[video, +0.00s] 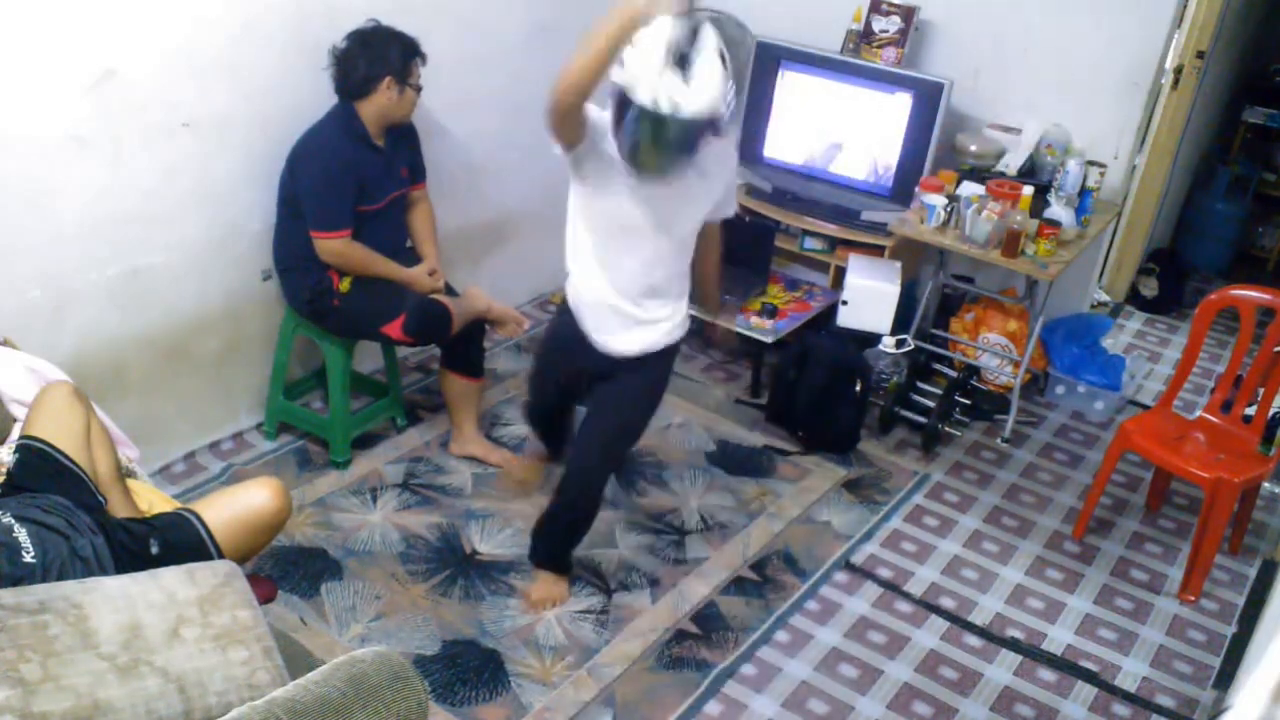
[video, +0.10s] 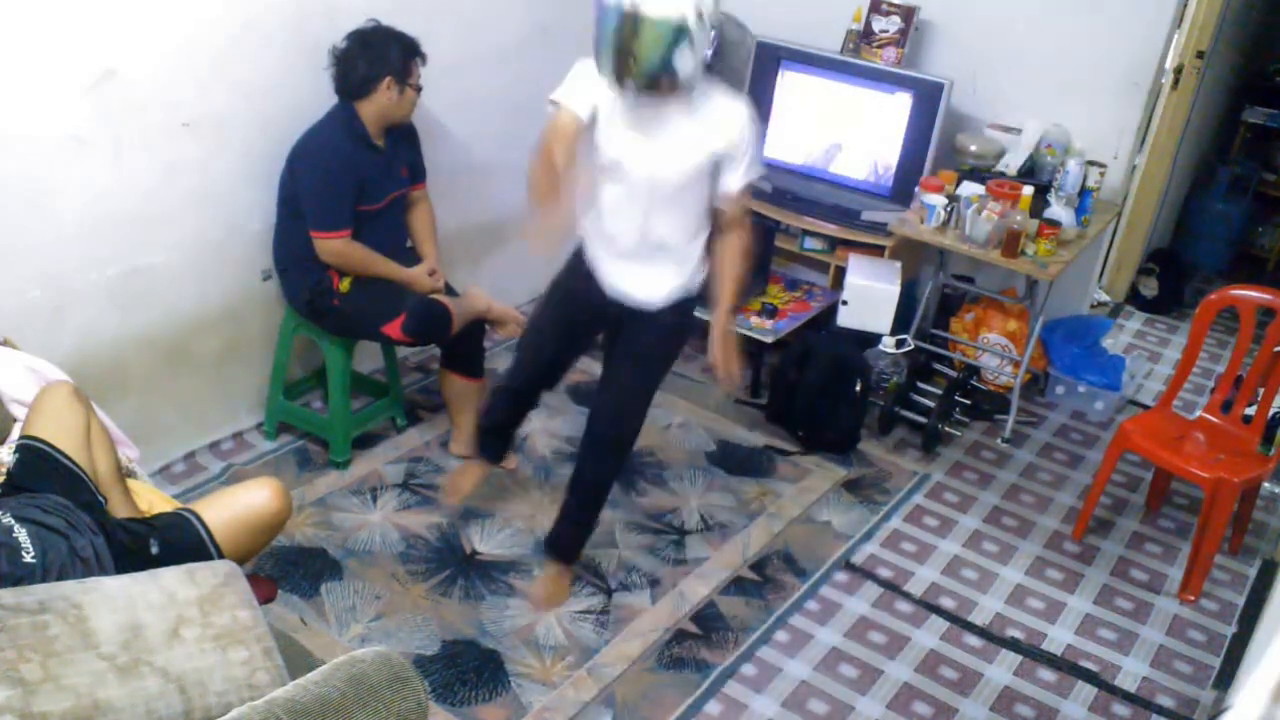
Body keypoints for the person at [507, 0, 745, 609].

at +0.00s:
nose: (661, 142)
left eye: (680, 130)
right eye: (652, 124)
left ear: (705, 122)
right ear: (627, 105)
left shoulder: (715, 159)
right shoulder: (594, 140)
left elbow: (710, 240)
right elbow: (565, 101)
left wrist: (711, 309)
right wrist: (626, 18)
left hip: (648, 345)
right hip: (580, 323)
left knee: (589, 468)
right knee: (543, 404)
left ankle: (552, 560)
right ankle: (553, 450)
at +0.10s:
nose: (644, 94)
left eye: (657, 85)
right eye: (634, 81)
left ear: (688, 66)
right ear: (620, 57)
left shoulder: (730, 118)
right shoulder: (597, 77)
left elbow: (733, 225)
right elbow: (551, 151)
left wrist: (722, 323)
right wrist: (548, 205)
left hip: (664, 299)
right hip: (591, 269)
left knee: (608, 437)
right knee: (524, 376)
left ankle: (563, 557)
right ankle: (484, 455)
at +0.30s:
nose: (636, 88)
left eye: (649, 70)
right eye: (622, 75)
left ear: (687, 48)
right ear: (608, 62)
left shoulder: (738, 105)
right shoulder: (619, 104)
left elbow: (777, 54)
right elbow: (577, 207)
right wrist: (507, 283)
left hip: (665, 313)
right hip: (591, 285)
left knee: (629, 445)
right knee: (508, 415)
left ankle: (586, 540)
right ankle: (434, 531)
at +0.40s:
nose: (620, 116)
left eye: (635, 100)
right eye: (609, 99)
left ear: (680, 79)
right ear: (597, 81)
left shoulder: (732, 124)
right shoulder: (629, 138)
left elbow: (753, 31)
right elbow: (603, 185)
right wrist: (534, 210)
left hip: (675, 330)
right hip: (600, 307)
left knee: (635, 461)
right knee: (527, 437)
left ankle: (586, 541)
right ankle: (464, 562)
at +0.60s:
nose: (627, 69)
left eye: (634, 55)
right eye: (621, 60)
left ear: (667, 43)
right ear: (625, 56)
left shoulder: (727, 79)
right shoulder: (627, 94)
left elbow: (734, 5)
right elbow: (582, 45)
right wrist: (568, 23)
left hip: (706, 297)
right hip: (632, 292)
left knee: (694, 429)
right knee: (628, 441)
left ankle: (686, 517)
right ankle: (634, 585)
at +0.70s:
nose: (663, 68)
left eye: (678, 58)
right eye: (655, 57)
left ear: (704, 60)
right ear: (640, 63)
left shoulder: (733, 117)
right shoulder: (624, 117)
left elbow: (686, 51)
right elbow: (565, 119)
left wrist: (672, 11)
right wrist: (582, 34)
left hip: (715, 326)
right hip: (639, 334)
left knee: (754, 448)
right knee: (655, 487)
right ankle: (678, 612)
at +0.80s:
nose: (647, 94)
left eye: (665, 79)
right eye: (640, 80)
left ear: (700, 82)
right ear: (625, 78)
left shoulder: (737, 143)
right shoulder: (610, 137)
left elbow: (718, 180)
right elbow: (516, 130)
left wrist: (656, 134)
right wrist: (583, 64)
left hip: (716, 346)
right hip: (637, 359)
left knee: (795, 460)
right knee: (653, 501)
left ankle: (864, 549)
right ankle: (678, 615)